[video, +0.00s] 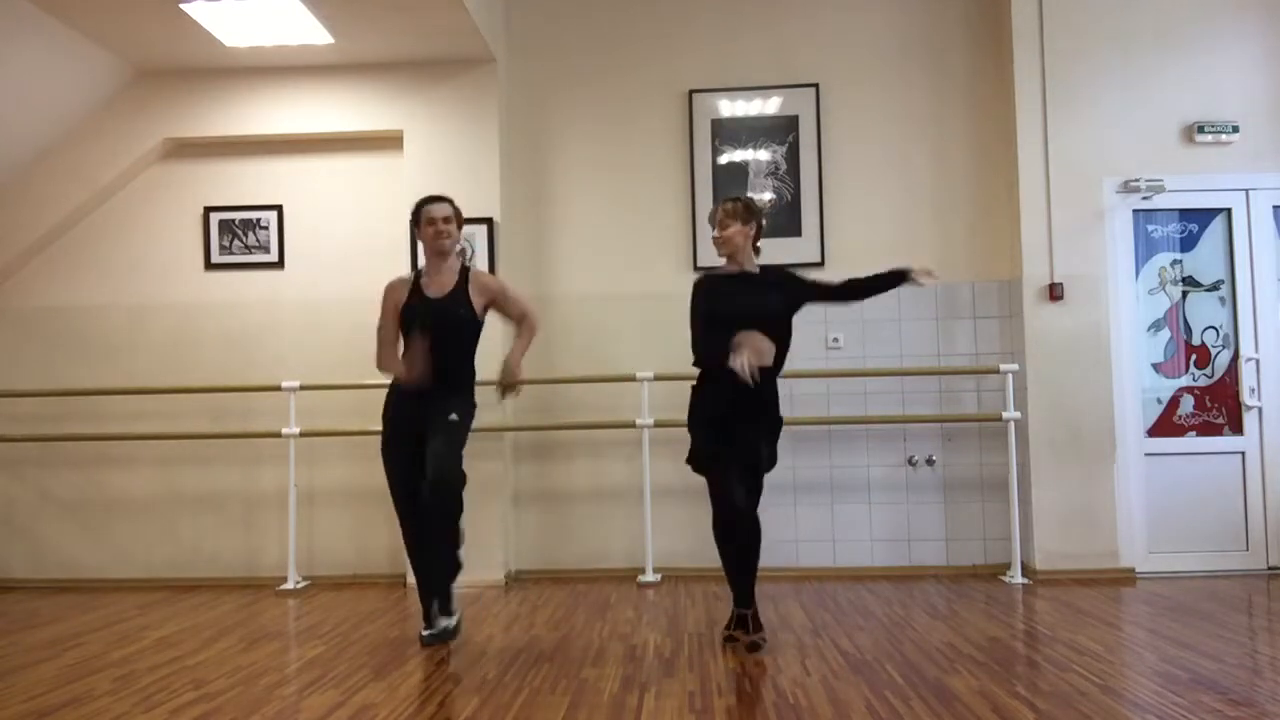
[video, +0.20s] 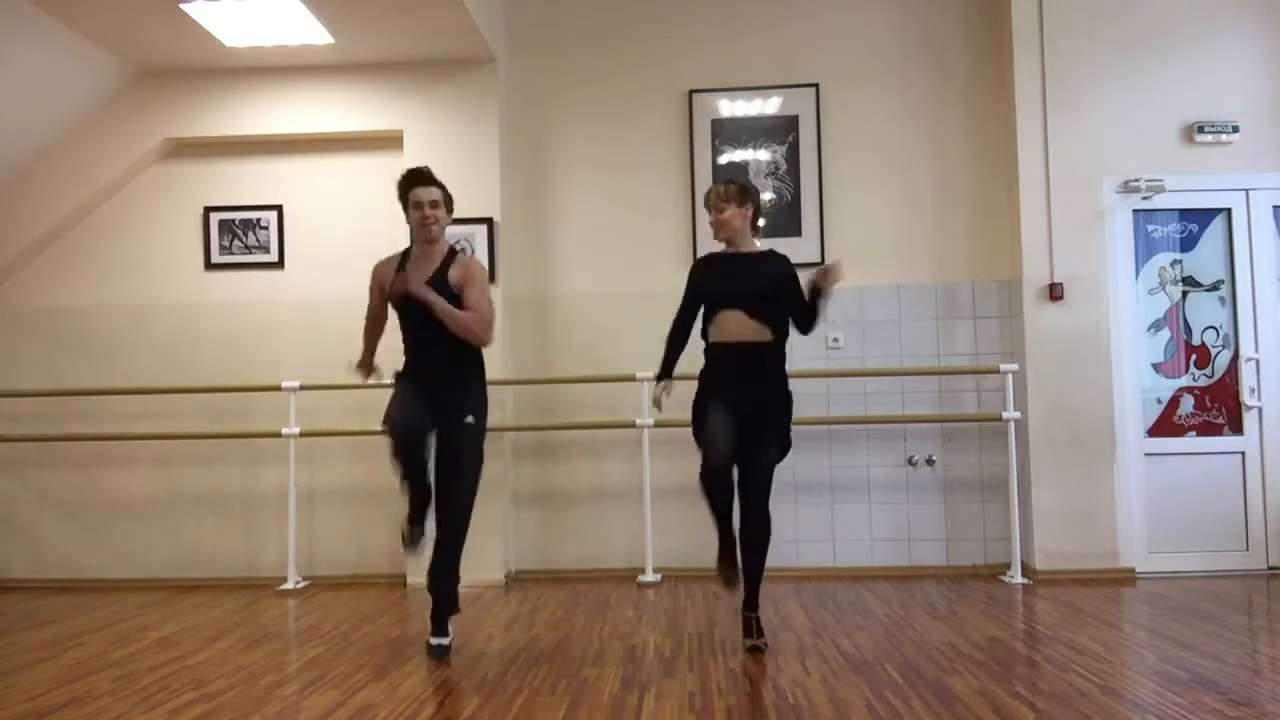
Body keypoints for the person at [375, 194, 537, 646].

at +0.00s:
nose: (440, 229)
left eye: (447, 221)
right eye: (431, 223)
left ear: (459, 230)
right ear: (417, 233)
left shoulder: (482, 285)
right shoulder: (399, 291)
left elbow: (527, 320)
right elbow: (385, 358)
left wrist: (514, 360)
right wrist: (405, 369)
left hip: (452, 403)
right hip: (405, 404)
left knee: (440, 481)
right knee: (410, 506)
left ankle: (443, 592)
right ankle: (432, 608)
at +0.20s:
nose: (429, 214)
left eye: (436, 205)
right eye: (419, 207)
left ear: (448, 212)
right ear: (406, 215)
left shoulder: (467, 267)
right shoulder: (388, 271)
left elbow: (483, 333)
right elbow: (375, 319)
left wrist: (431, 299)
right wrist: (367, 358)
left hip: (465, 388)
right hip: (417, 383)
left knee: (454, 509)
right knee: (403, 429)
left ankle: (441, 615)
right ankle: (418, 499)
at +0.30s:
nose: (429, 213)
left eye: (437, 206)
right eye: (420, 207)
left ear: (450, 214)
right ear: (407, 215)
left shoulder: (465, 270)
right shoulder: (389, 269)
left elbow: (463, 334)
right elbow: (386, 313)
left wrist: (425, 285)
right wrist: (383, 343)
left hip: (462, 387)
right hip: (416, 382)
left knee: (453, 509)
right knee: (421, 430)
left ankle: (440, 622)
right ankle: (427, 525)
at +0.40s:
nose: (433, 217)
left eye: (440, 209)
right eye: (423, 210)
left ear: (454, 216)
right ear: (411, 218)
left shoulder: (468, 277)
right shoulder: (400, 272)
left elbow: (453, 341)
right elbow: (400, 339)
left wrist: (429, 287)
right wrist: (397, 390)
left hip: (456, 401)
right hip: (408, 401)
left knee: (460, 506)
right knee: (423, 500)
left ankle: (445, 622)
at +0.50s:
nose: (431, 214)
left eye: (439, 207)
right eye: (423, 208)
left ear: (454, 215)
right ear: (411, 217)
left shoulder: (471, 268)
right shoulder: (403, 266)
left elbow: (460, 320)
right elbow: (405, 327)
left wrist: (426, 274)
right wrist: (397, 379)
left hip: (450, 392)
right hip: (402, 388)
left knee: (448, 504)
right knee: (406, 486)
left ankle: (440, 624)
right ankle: (407, 587)